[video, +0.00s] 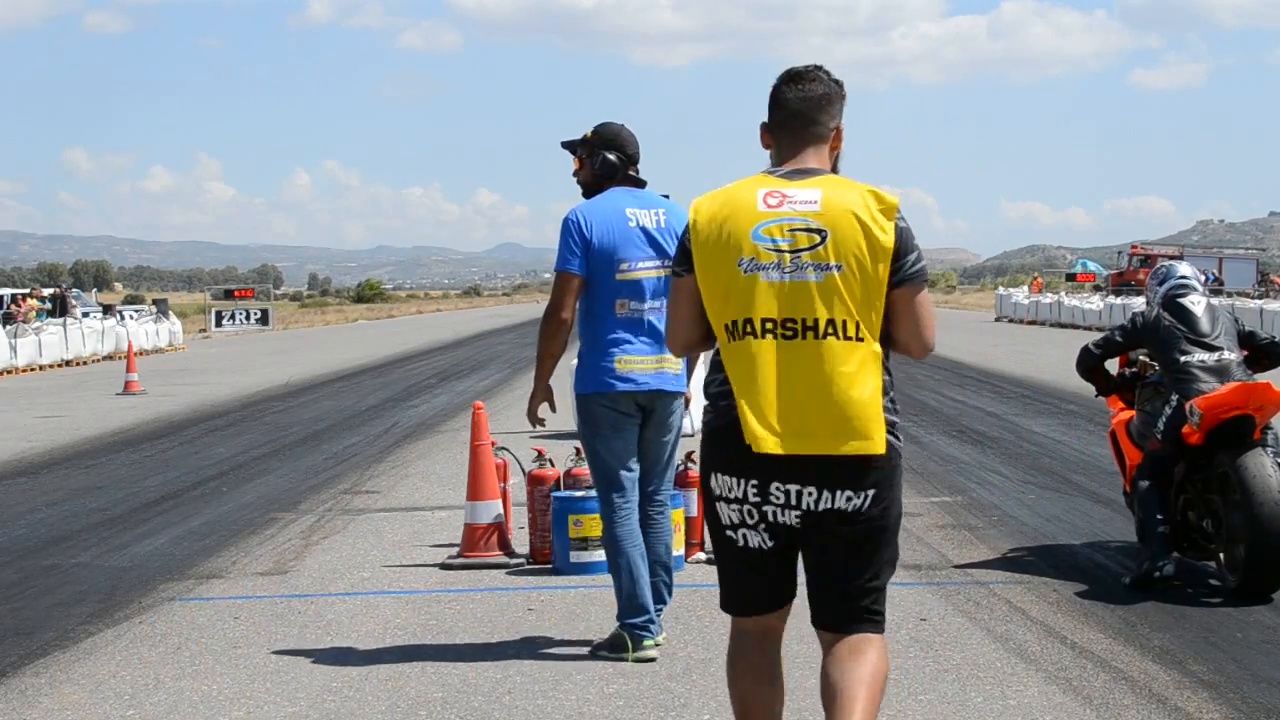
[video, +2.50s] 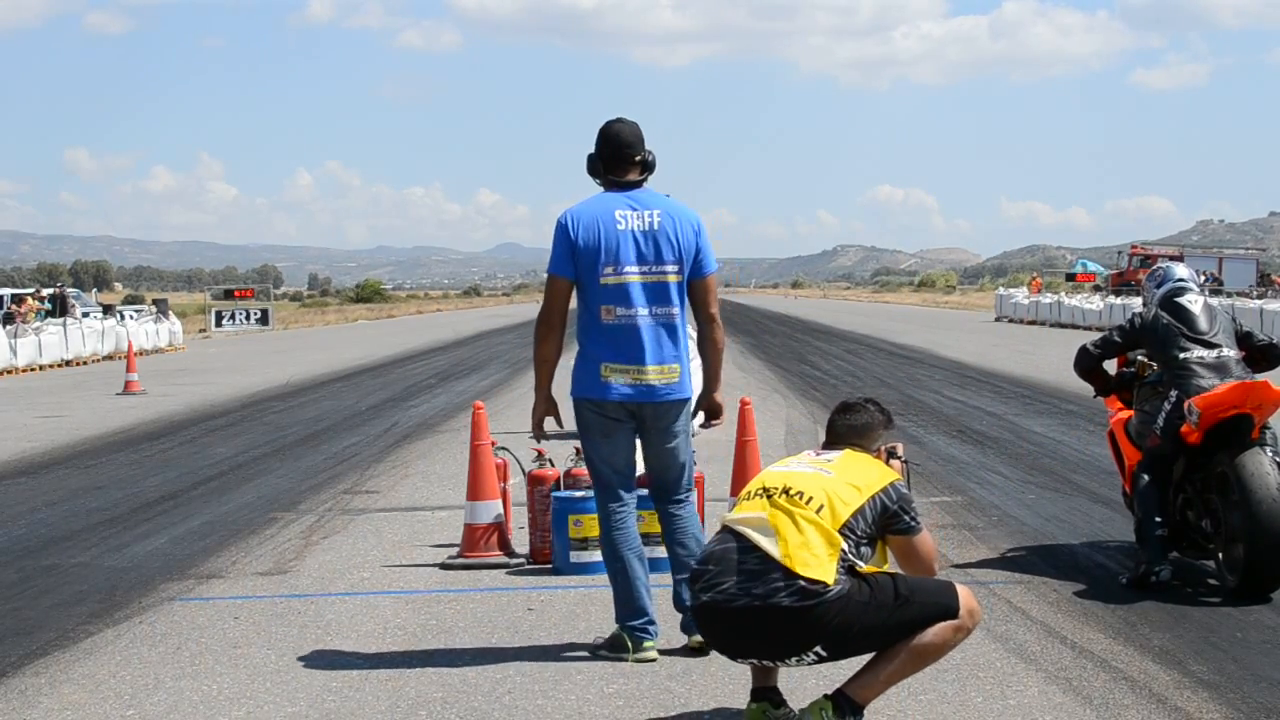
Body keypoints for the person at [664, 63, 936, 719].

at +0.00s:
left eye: (769, 127)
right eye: (838, 128)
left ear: (765, 134)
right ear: (840, 135)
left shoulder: (709, 215)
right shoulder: (877, 215)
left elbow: (683, 338)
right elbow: (918, 341)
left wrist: (750, 301)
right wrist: (852, 302)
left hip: (743, 456)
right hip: (851, 457)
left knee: (754, 623)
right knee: (854, 627)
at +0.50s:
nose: (868, 210)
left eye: (865, 202)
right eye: (868, 203)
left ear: (799, 198)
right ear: (860, 206)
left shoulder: (738, 247)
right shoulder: (876, 254)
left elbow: (730, 339)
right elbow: (904, 361)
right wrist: (860, 323)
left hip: (739, 450)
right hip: (836, 456)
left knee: (748, 585)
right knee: (841, 593)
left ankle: (756, 702)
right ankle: (814, 715)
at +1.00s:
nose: (892, 343)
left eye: (890, 337)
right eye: (891, 337)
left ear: (832, 333)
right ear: (884, 342)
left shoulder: (788, 352)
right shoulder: (888, 375)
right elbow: (923, 468)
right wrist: (900, 383)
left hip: (700, 483)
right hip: (786, 492)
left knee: (773, 571)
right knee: (921, 592)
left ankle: (762, 703)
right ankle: (822, 708)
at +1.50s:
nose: (898, 431)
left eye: (897, 427)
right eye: (897, 426)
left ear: (833, 423)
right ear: (889, 430)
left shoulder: (797, 442)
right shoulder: (892, 462)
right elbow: (930, 546)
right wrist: (905, 464)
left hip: (711, 583)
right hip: (796, 582)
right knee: (957, 606)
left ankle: (766, 696)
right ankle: (834, 706)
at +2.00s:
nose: (899, 447)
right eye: (897, 441)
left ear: (832, 438)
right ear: (889, 447)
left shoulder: (792, 460)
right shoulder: (891, 478)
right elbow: (932, 565)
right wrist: (904, 481)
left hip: (718, 608)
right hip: (800, 611)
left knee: (777, 568)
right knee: (967, 612)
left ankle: (769, 696)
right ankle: (839, 707)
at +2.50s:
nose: (892, 455)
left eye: (891, 447)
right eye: (891, 447)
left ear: (824, 442)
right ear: (880, 451)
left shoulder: (784, 463)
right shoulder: (883, 482)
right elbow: (925, 571)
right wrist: (899, 488)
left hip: (715, 614)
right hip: (801, 617)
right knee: (964, 608)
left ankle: (764, 697)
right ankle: (841, 707)